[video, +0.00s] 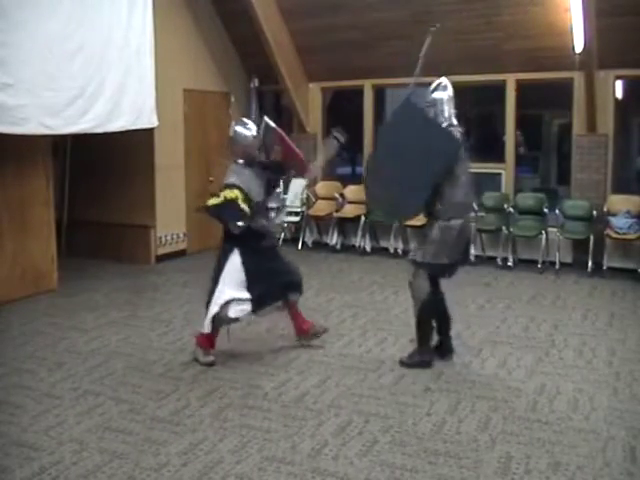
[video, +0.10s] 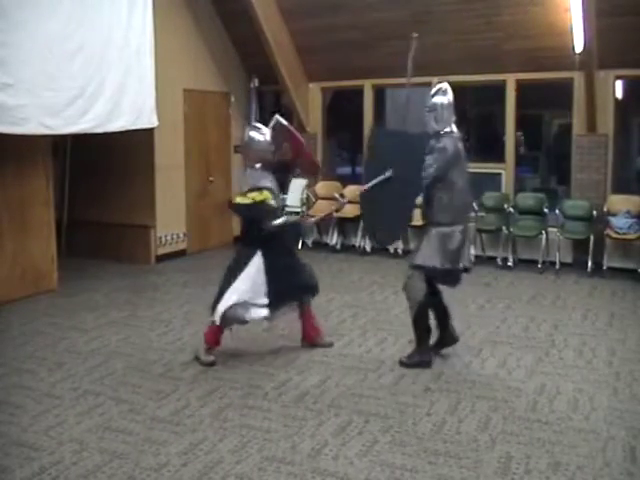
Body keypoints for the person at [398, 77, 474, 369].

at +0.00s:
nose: (424, 114)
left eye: (427, 108)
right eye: (425, 108)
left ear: (434, 109)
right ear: (447, 107)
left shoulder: (444, 140)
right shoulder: (453, 138)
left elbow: (429, 179)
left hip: (447, 220)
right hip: (456, 217)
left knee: (420, 279)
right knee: (430, 279)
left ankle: (424, 349)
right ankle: (444, 343)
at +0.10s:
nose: (432, 116)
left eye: (437, 110)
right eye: (430, 110)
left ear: (448, 112)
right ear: (428, 112)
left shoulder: (449, 143)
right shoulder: (439, 142)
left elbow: (424, 177)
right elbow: (424, 176)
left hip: (448, 226)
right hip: (441, 223)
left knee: (415, 282)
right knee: (424, 279)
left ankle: (422, 348)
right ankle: (445, 330)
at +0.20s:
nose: (435, 116)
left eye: (440, 111)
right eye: (435, 111)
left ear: (448, 114)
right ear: (437, 114)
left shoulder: (451, 145)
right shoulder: (441, 141)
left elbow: (428, 171)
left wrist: (426, 158)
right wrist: (429, 163)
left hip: (448, 226)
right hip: (444, 224)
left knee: (411, 281)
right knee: (428, 279)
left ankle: (422, 349)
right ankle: (459, 323)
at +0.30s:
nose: (438, 116)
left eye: (441, 112)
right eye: (440, 111)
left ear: (446, 115)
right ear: (459, 115)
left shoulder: (451, 145)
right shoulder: (458, 142)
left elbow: (429, 172)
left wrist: (388, 184)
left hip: (445, 225)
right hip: (454, 223)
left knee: (411, 282)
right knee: (448, 281)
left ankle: (421, 350)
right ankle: (475, 327)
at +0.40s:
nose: (446, 118)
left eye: (450, 114)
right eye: (448, 113)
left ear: (453, 119)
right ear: (466, 120)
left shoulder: (447, 150)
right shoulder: (469, 149)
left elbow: (425, 181)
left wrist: (410, 149)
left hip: (444, 223)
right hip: (463, 222)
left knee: (416, 282)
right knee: (461, 284)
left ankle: (422, 349)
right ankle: (483, 333)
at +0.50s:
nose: (449, 118)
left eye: (454, 114)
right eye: (451, 113)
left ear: (464, 118)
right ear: (467, 119)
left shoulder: (460, 149)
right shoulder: (472, 146)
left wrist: (418, 153)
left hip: (449, 224)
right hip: (464, 222)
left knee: (424, 281)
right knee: (460, 282)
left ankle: (422, 347)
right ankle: (483, 332)